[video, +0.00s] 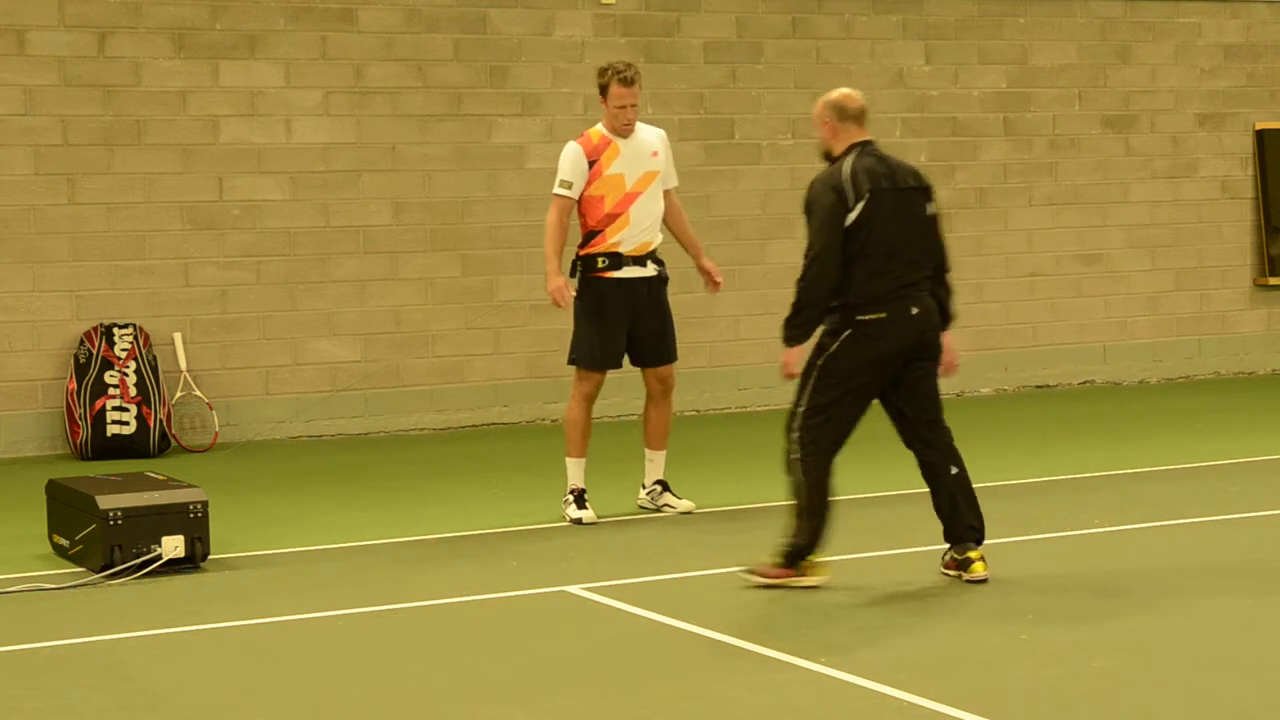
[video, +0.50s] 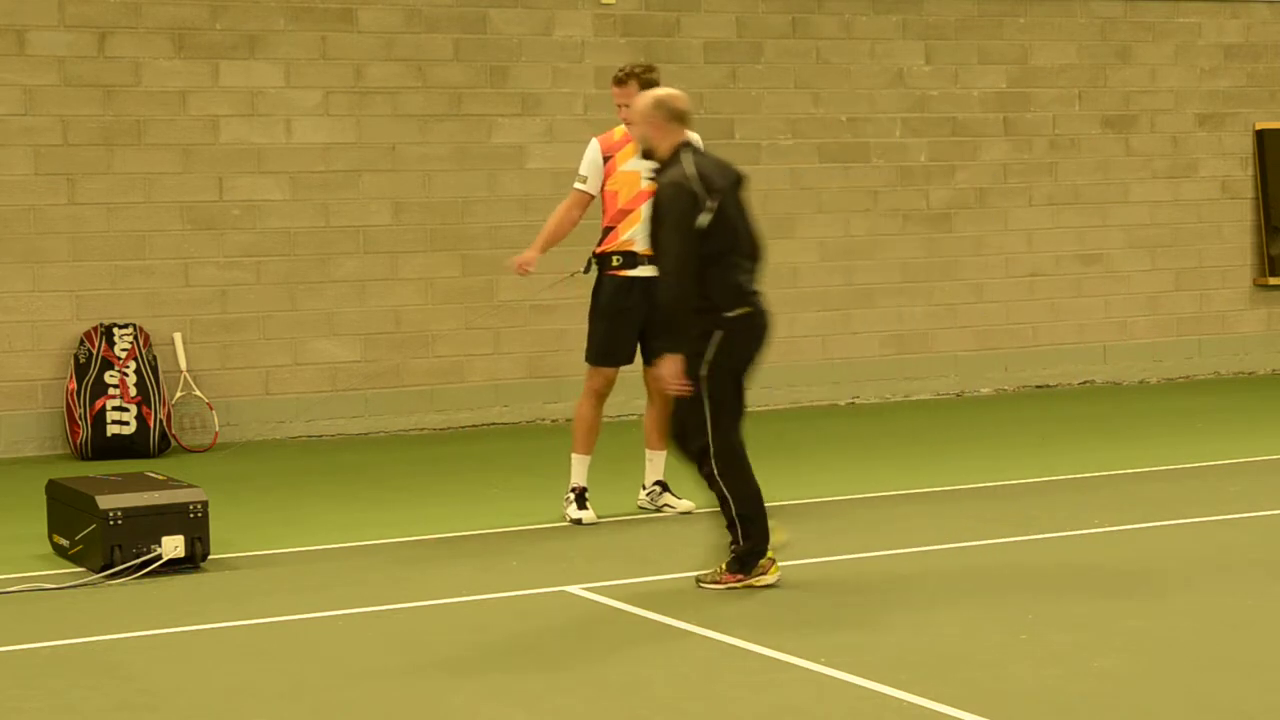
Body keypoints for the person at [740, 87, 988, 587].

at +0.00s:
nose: (815, 136)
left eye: (816, 127)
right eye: (816, 126)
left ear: (829, 126)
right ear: (861, 124)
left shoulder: (831, 183)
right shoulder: (909, 176)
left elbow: (823, 265)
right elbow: (935, 257)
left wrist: (796, 336)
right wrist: (940, 324)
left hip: (860, 330)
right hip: (917, 324)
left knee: (807, 432)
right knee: (931, 437)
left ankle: (799, 556)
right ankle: (967, 549)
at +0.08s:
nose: (792, 141)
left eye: (794, 132)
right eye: (794, 132)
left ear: (805, 133)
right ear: (837, 129)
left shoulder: (811, 191)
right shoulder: (883, 181)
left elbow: (808, 274)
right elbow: (909, 263)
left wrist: (783, 347)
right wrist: (908, 323)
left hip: (845, 337)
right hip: (898, 330)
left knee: (789, 436)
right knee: (920, 438)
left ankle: (762, 555)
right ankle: (964, 546)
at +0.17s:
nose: (764, 149)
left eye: (765, 139)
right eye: (764, 139)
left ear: (777, 139)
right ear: (807, 134)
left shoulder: (788, 199)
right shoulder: (851, 185)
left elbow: (790, 282)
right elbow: (878, 264)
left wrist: (771, 357)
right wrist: (870, 318)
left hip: (819, 345)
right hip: (870, 338)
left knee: (762, 440)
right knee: (901, 436)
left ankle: (755, 559)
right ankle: (960, 540)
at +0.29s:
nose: (712, 148)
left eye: (714, 139)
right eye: (712, 138)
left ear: (732, 138)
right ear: (755, 134)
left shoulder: (740, 200)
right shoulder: (798, 184)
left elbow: (748, 286)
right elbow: (828, 262)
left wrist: (753, 362)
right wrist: (809, 315)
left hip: (772, 340)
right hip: (819, 332)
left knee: (729, 448)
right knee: (831, 432)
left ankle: (753, 560)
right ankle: (913, 513)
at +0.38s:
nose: (681, 140)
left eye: (684, 131)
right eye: (681, 131)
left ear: (702, 133)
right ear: (724, 130)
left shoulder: (711, 194)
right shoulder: (767, 178)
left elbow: (719, 280)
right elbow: (794, 256)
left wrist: (725, 353)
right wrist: (778, 307)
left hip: (748, 335)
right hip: (788, 327)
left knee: (718, 446)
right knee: (770, 431)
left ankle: (752, 561)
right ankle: (858, 506)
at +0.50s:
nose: (633, 135)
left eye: (638, 125)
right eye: (634, 125)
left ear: (663, 127)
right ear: (673, 124)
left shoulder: (677, 186)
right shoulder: (713, 169)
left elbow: (677, 274)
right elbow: (747, 248)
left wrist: (672, 350)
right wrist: (721, 295)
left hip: (721, 324)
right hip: (734, 317)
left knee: (716, 436)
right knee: (689, 430)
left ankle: (751, 558)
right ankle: (749, 532)